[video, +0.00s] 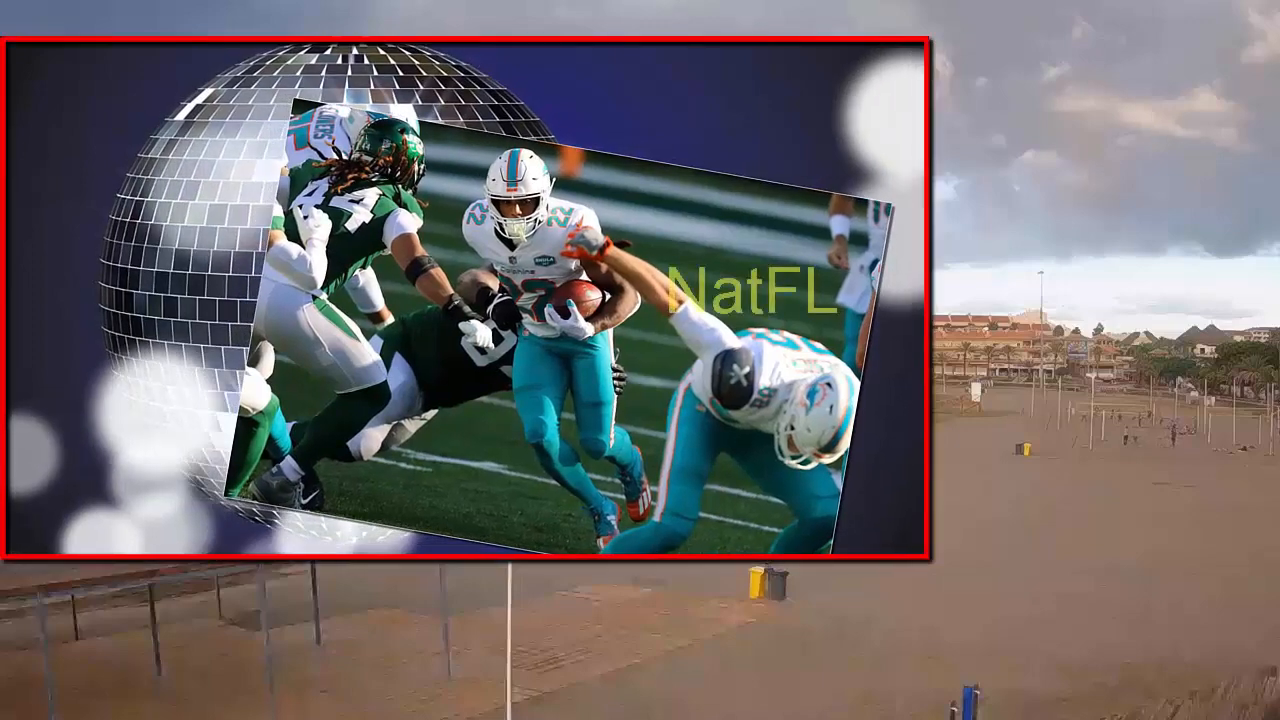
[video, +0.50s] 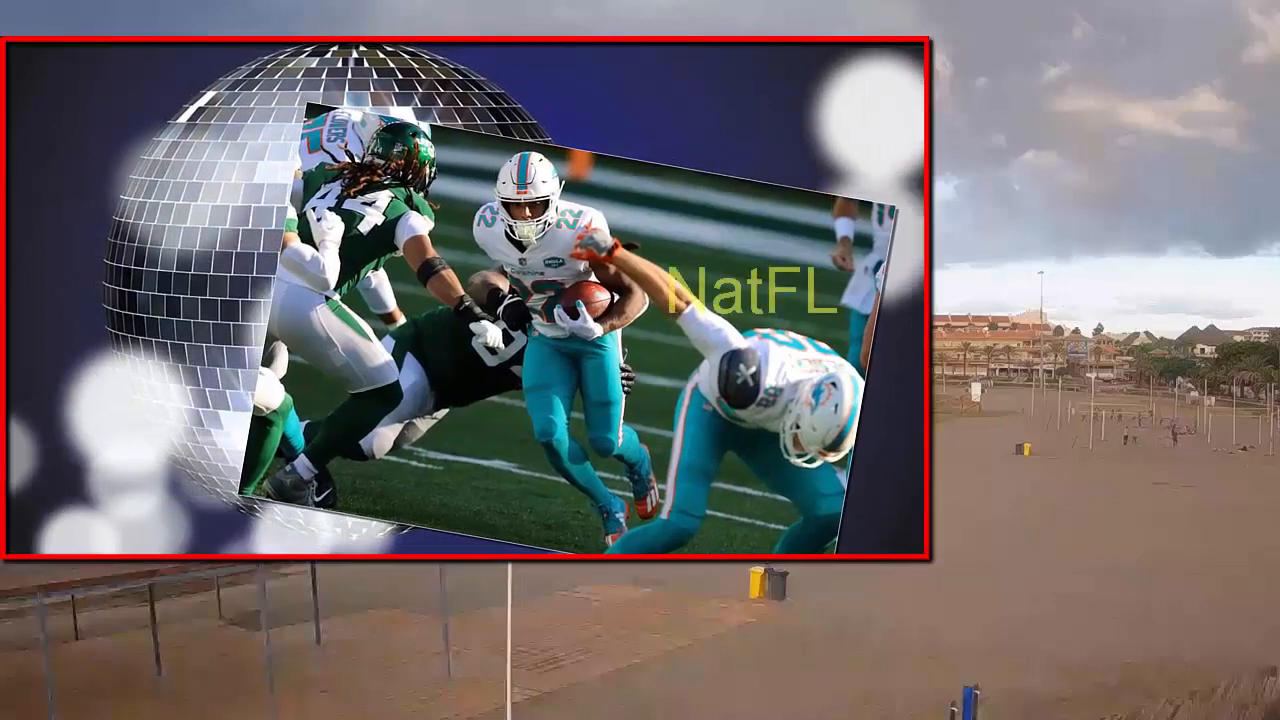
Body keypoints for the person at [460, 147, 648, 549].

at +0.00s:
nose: (514, 213)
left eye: (524, 203)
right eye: (505, 204)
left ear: (543, 196)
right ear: (492, 199)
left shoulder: (576, 226)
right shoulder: (476, 224)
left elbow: (630, 293)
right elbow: (503, 269)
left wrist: (593, 327)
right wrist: (504, 301)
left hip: (589, 340)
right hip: (535, 339)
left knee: (596, 443)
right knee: (540, 436)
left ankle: (632, 470)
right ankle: (602, 510)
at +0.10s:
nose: (516, 213)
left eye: (526, 203)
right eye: (507, 204)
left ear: (544, 197)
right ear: (493, 199)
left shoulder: (577, 226)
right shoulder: (479, 224)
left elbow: (631, 292)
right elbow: (504, 269)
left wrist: (595, 327)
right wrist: (503, 301)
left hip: (590, 339)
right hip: (536, 339)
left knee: (597, 443)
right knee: (542, 436)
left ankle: (634, 471)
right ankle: (604, 509)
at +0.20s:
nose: (518, 213)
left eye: (528, 204)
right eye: (509, 204)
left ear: (546, 197)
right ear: (496, 199)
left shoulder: (579, 226)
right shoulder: (481, 225)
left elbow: (633, 293)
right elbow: (507, 269)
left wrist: (597, 328)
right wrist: (510, 301)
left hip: (592, 340)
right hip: (539, 339)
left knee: (599, 442)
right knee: (543, 435)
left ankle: (635, 470)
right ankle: (605, 509)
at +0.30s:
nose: (520, 214)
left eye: (530, 204)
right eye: (511, 205)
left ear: (548, 198)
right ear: (498, 200)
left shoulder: (581, 227)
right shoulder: (483, 225)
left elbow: (635, 294)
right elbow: (511, 271)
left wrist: (599, 327)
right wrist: (515, 302)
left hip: (594, 340)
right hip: (541, 339)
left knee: (601, 442)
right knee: (545, 435)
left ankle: (637, 471)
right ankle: (607, 509)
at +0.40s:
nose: (522, 214)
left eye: (532, 205)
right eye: (513, 206)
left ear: (550, 198)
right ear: (500, 200)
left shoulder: (583, 227)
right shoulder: (485, 226)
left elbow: (636, 294)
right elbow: (511, 270)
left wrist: (601, 327)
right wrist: (514, 302)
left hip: (595, 340)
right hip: (542, 339)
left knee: (602, 442)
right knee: (547, 435)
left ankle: (639, 470)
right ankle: (608, 509)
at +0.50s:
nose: (524, 215)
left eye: (534, 205)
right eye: (514, 206)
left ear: (552, 199)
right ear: (502, 201)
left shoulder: (585, 228)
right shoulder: (487, 226)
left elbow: (638, 294)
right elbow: (515, 271)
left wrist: (602, 327)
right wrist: (515, 302)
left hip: (597, 340)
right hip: (544, 339)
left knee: (604, 441)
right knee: (549, 435)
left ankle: (640, 469)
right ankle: (610, 508)